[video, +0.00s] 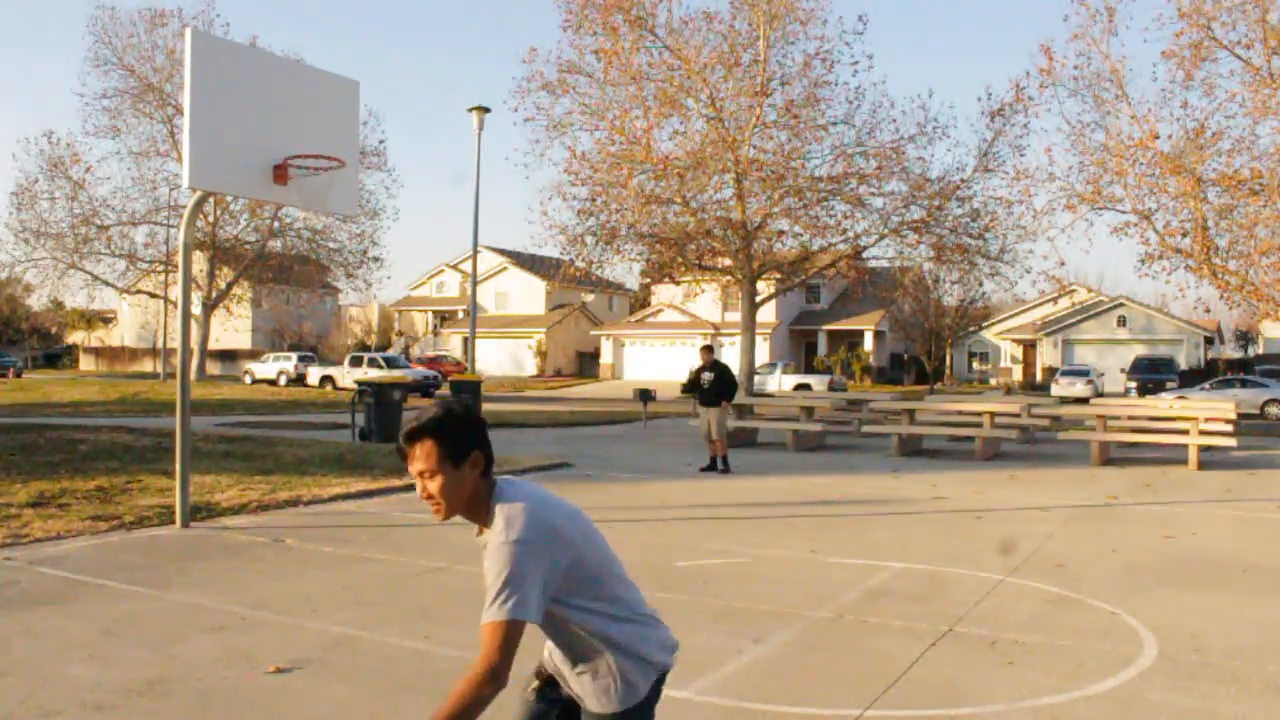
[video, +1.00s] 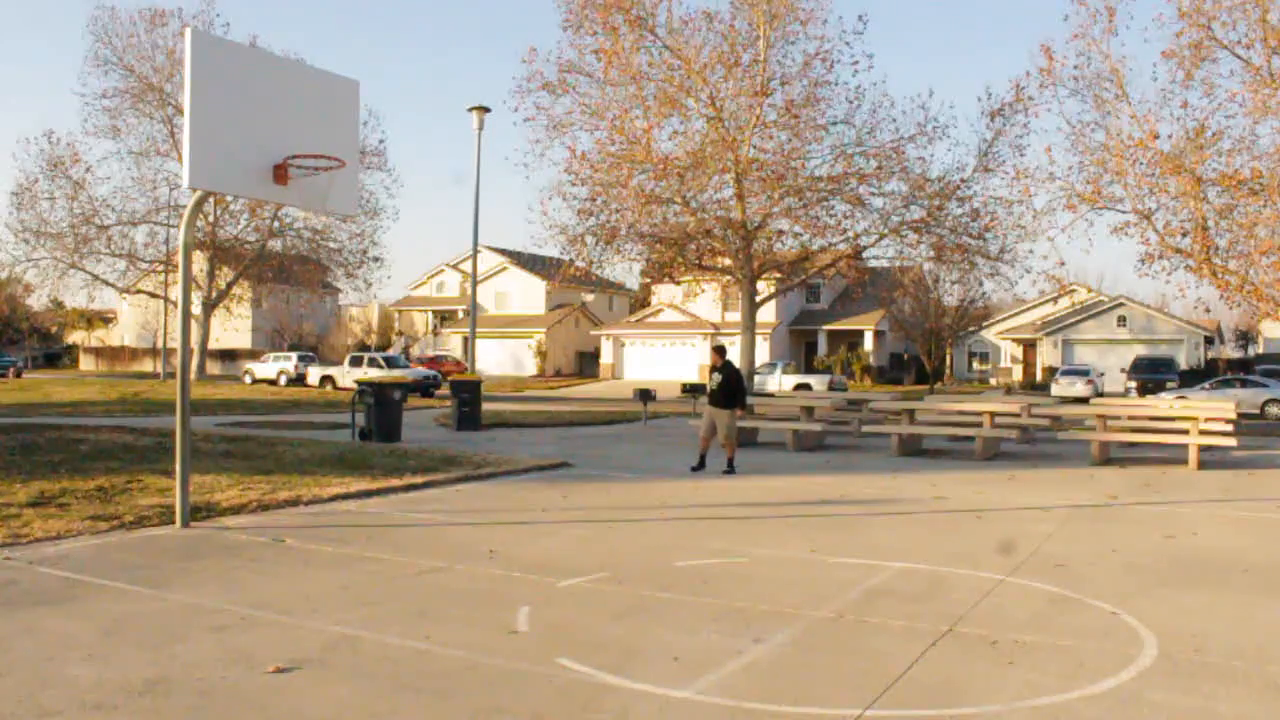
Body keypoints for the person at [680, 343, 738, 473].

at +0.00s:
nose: (702, 357)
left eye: (705, 354)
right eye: (701, 354)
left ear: (711, 354)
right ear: (701, 355)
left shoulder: (722, 368)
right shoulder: (699, 370)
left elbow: (733, 384)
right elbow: (693, 386)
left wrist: (727, 400)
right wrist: (686, 388)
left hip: (718, 405)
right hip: (704, 406)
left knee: (718, 436)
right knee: (709, 437)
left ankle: (725, 463)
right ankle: (712, 462)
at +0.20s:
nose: (704, 357)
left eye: (706, 354)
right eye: (703, 354)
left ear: (712, 353)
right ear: (705, 355)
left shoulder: (723, 368)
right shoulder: (703, 369)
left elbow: (735, 385)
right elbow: (691, 378)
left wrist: (728, 400)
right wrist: (694, 367)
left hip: (719, 406)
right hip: (706, 407)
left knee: (722, 437)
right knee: (710, 437)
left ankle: (729, 464)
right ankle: (713, 463)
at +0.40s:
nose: (708, 357)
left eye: (710, 354)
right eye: (708, 354)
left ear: (717, 354)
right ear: (708, 355)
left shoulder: (727, 369)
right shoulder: (706, 370)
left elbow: (737, 386)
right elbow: (694, 381)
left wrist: (731, 401)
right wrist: (698, 370)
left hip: (722, 407)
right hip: (708, 407)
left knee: (723, 437)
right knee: (712, 438)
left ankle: (729, 464)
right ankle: (713, 462)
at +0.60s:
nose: (711, 356)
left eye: (713, 353)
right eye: (711, 353)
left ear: (719, 354)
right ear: (716, 354)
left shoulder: (733, 371)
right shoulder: (710, 369)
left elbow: (739, 389)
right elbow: (703, 386)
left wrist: (736, 405)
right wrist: (697, 399)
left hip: (726, 408)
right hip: (711, 407)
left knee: (727, 438)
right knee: (712, 438)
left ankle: (730, 465)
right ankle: (713, 462)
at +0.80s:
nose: (712, 357)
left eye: (714, 354)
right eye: (712, 354)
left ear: (720, 355)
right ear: (718, 355)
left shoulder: (735, 371)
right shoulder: (713, 369)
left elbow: (742, 390)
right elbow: (709, 387)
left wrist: (741, 406)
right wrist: (708, 401)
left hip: (727, 408)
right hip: (711, 407)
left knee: (728, 438)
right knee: (704, 434)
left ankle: (730, 464)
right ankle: (707, 457)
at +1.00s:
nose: (712, 357)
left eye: (713, 355)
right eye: (712, 354)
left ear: (719, 355)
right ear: (718, 355)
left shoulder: (732, 371)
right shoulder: (713, 370)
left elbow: (740, 390)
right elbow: (713, 387)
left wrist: (741, 406)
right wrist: (711, 402)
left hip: (727, 409)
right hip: (712, 407)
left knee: (728, 439)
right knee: (705, 435)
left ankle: (730, 465)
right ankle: (701, 461)